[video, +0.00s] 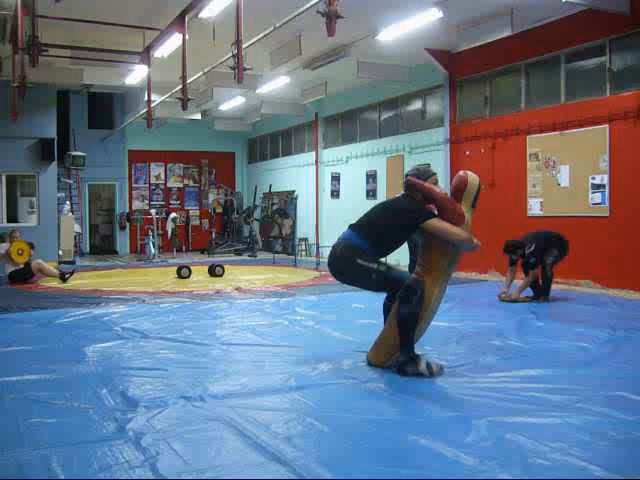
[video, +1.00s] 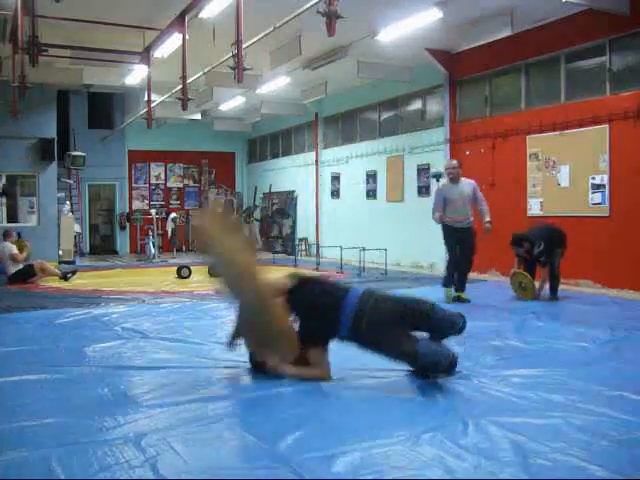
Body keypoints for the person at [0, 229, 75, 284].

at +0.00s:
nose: (17, 239)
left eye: (18, 237)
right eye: (15, 238)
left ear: (20, 237)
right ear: (10, 238)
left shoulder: (21, 246)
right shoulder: (6, 246)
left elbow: (31, 254)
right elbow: (2, 255)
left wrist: (27, 252)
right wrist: (7, 250)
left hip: (22, 270)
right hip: (13, 273)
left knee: (40, 264)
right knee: (38, 264)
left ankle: (61, 274)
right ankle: (61, 275)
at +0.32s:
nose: (15, 239)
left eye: (17, 237)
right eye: (12, 237)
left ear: (19, 236)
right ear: (8, 237)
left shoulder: (20, 245)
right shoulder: (5, 246)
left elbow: (25, 261)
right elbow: (4, 259)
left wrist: (28, 252)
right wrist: (17, 251)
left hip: (22, 273)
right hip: (12, 275)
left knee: (43, 270)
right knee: (38, 264)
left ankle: (62, 274)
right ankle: (60, 275)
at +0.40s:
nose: (16, 238)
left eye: (16, 236)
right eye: (14, 236)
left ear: (9, 237)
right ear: (9, 237)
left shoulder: (9, 245)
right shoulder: (7, 245)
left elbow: (14, 259)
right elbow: (14, 259)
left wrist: (24, 251)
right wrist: (25, 251)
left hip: (17, 273)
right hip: (14, 275)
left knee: (38, 264)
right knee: (37, 264)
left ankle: (61, 274)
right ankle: (60, 275)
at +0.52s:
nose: (17, 239)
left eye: (16, 237)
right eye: (16, 237)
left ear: (8, 237)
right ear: (13, 237)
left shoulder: (5, 245)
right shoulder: (11, 245)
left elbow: (19, 258)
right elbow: (22, 258)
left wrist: (26, 252)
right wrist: (29, 251)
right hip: (16, 275)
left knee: (39, 265)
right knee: (37, 264)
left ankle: (61, 274)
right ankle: (61, 275)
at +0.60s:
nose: (17, 240)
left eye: (17, 238)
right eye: (17, 238)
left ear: (6, 238)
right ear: (14, 238)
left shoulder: (3, 246)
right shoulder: (17, 246)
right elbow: (27, 259)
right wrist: (29, 251)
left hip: (11, 276)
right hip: (18, 275)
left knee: (41, 267)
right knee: (38, 264)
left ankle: (62, 274)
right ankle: (61, 275)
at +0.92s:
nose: (16, 239)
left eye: (16, 237)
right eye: (16, 237)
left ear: (6, 237)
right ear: (14, 237)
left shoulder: (3, 246)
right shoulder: (14, 246)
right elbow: (25, 259)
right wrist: (27, 248)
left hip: (11, 276)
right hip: (17, 275)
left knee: (40, 265)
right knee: (40, 264)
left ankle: (62, 274)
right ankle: (62, 275)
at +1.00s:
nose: (16, 238)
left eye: (15, 236)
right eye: (14, 236)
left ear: (6, 237)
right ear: (9, 237)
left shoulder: (5, 245)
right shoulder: (8, 246)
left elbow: (17, 259)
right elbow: (19, 259)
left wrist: (22, 249)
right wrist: (26, 249)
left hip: (14, 274)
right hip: (14, 275)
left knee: (41, 264)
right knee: (41, 265)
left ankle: (62, 274)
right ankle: (62, 275)